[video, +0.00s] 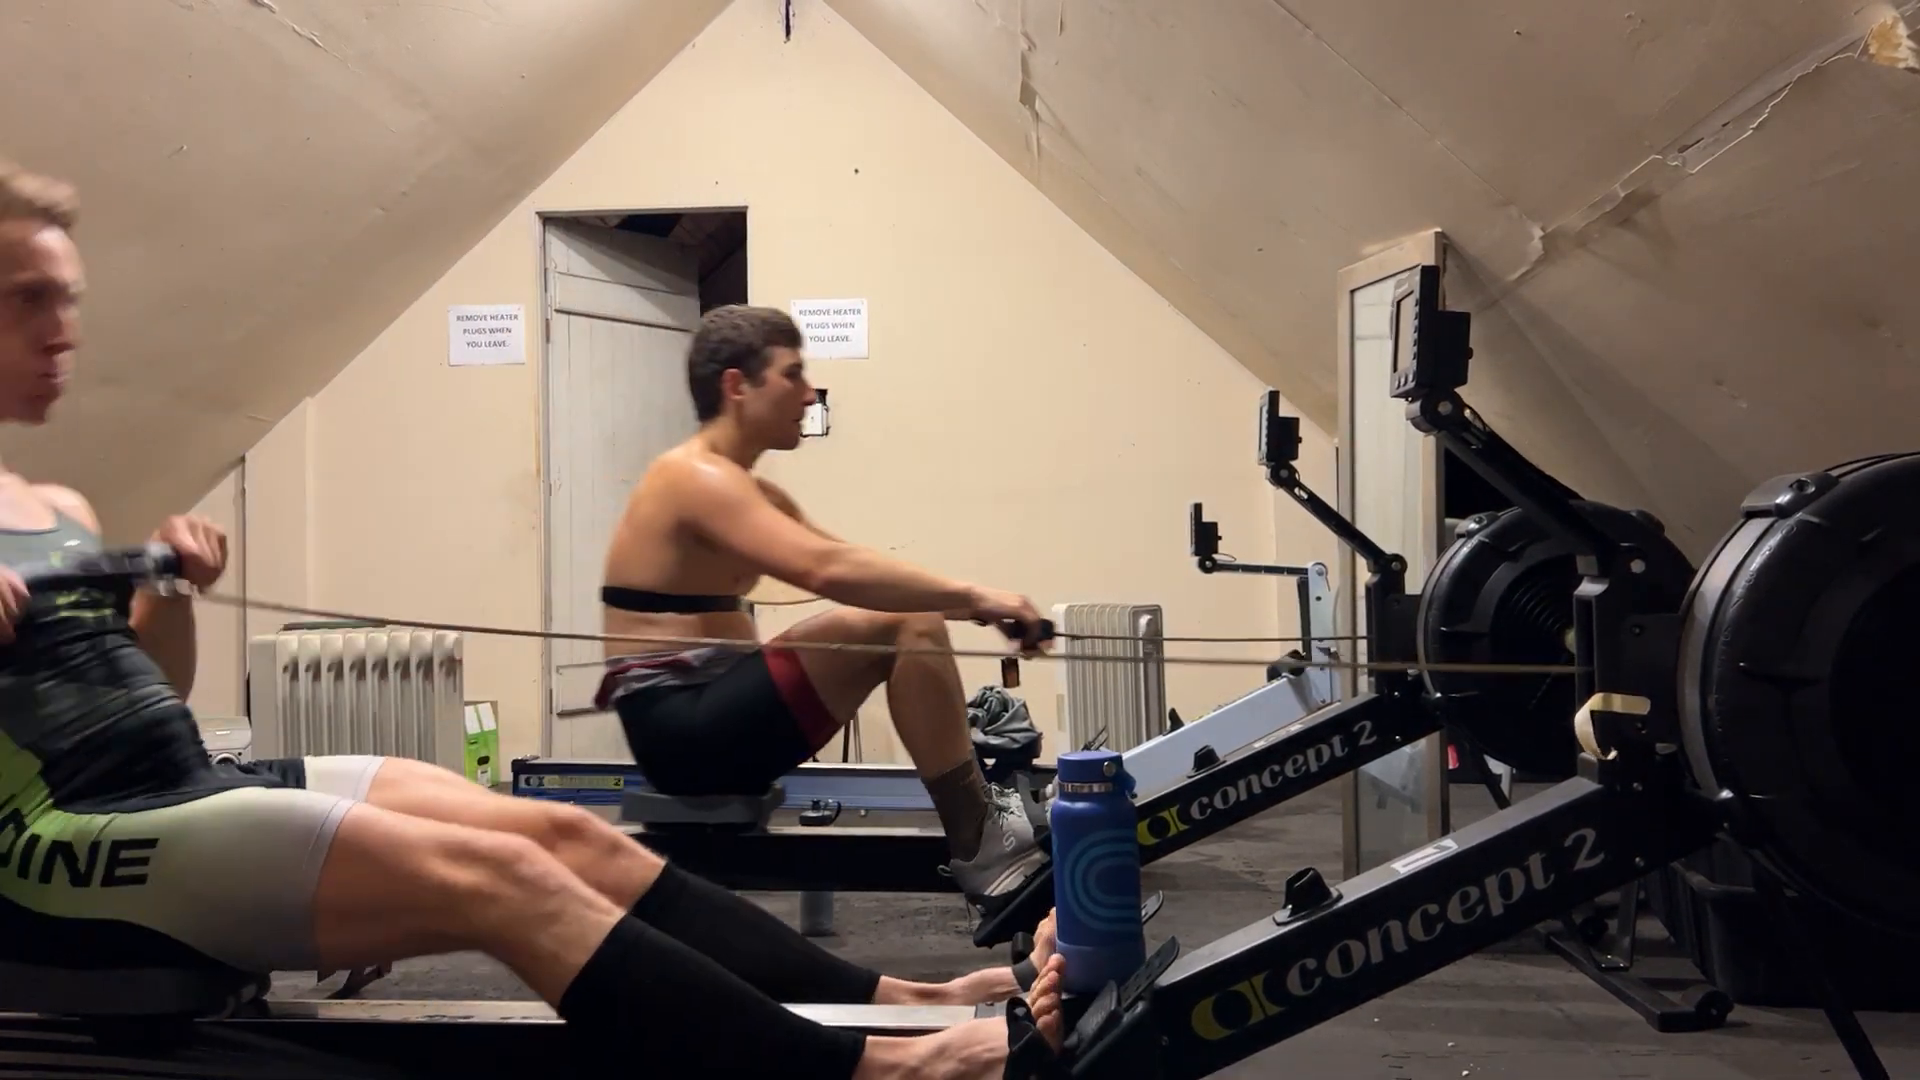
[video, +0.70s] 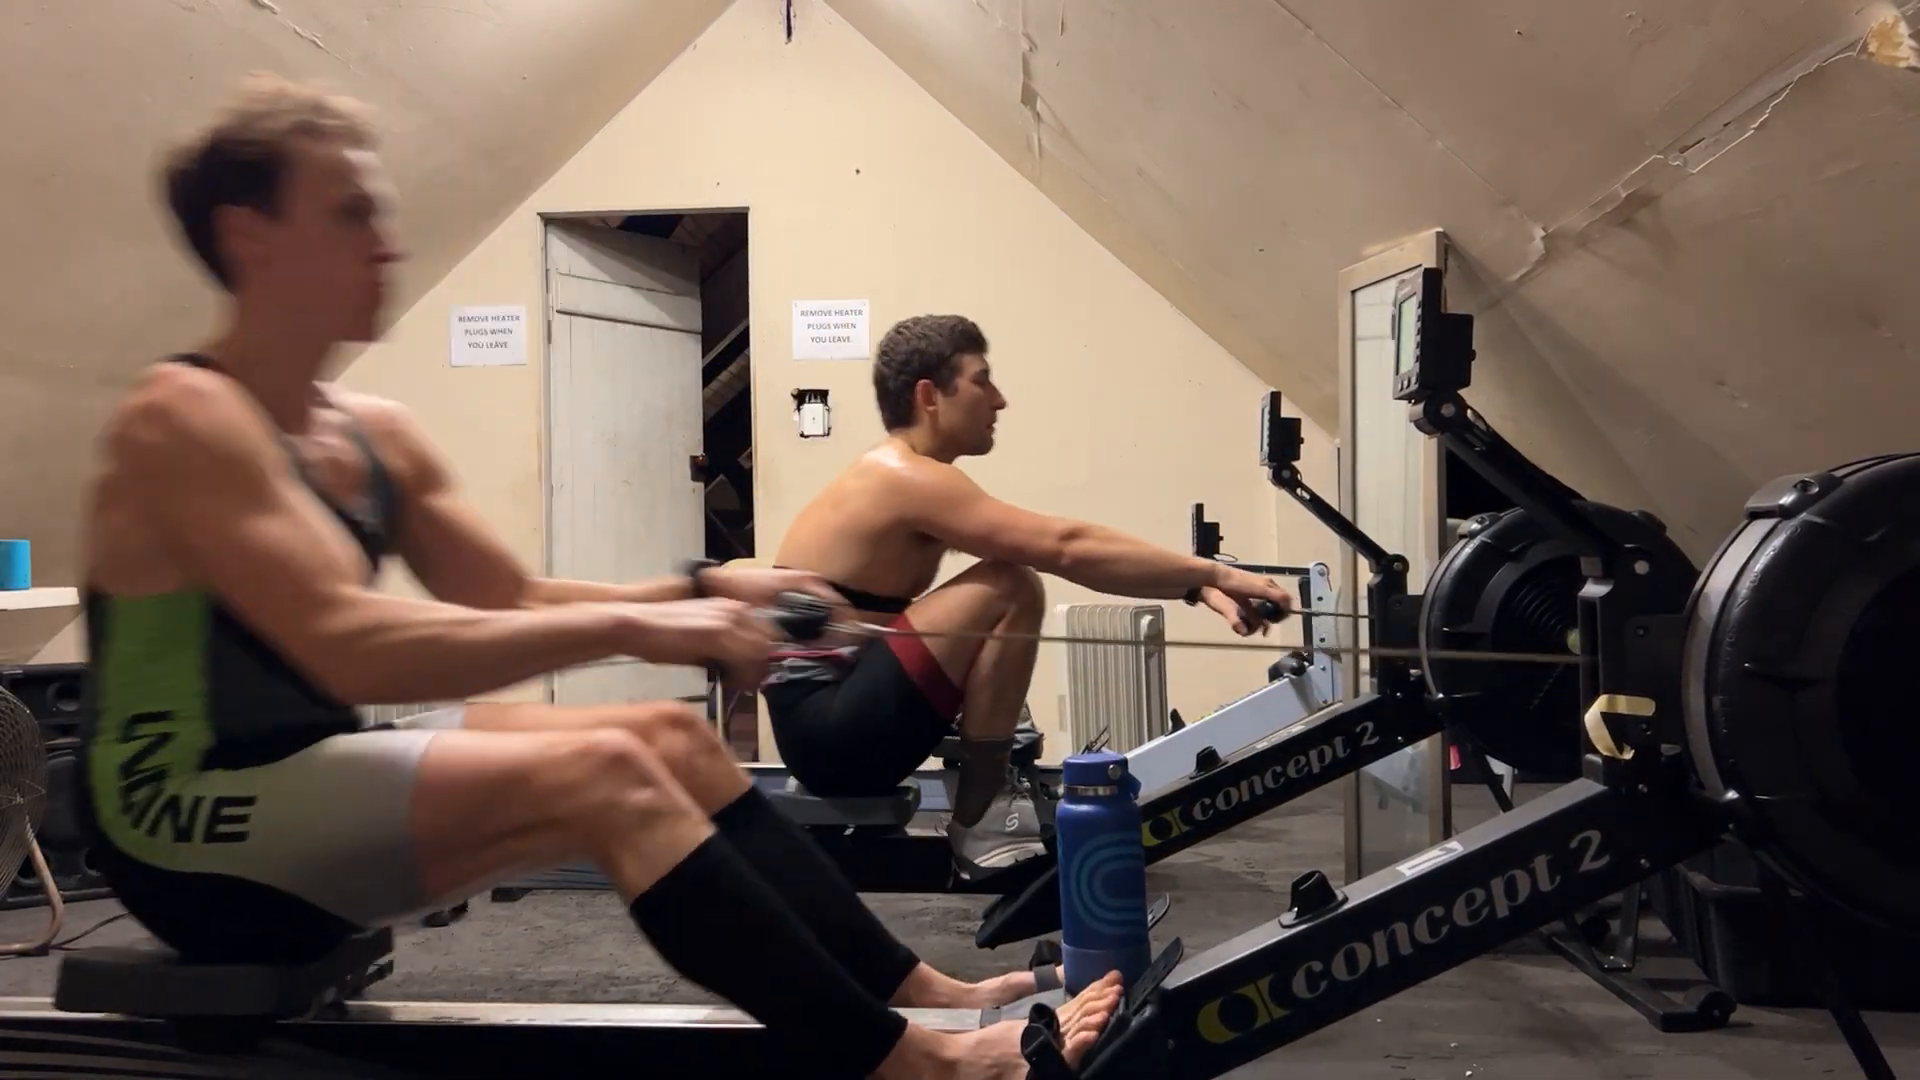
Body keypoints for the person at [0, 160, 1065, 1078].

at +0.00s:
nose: (60, 333)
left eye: (65, 303)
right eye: (35, 302)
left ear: (68, 312)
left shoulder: (58, 505)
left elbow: (156, 693)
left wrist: (169, 590)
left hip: (185, 784)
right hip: (61, 829)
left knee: (569, 835)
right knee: (493, 874)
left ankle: (913, 1006)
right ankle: (871, 1060)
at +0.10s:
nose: (197, 308)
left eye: (197, 275)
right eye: (169, 272)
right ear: (52, 273)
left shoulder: (153, 474)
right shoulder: (10, 464)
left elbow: (225, 670)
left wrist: (272, 574)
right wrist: (64, 560)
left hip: (222, 786)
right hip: (94, 832)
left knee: (593, 794)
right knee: (519, 828)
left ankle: (890, 1005)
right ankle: (850, 1058)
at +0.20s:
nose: (379, 273)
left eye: (375, 242)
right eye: (346, 240)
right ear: (233, 249)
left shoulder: (300, 466)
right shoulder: (102, 440)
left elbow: (401, 660)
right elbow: (24, 682)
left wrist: (482, 583)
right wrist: (301, 573)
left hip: (277, 795)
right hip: (148, 827)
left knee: (646, 748)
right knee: (581, 782)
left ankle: (894, 999)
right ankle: (849, 1056)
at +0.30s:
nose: (558, 285)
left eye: (549, 253)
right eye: (524, 253)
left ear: (448, 273)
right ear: (416, 268)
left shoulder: (464, 483)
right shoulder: (285, 433)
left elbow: (614, 634)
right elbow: (357, 663)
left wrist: (757, 617)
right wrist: (645, 624)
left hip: (349, 805)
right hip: (229, 834)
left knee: (700, 702)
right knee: (637, 743)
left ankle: (908, 995)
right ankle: (886, 1064)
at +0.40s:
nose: (672, 304)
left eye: (659, 273)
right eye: (637, 274)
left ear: (551, 303)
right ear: (538, 298)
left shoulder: (577, 498)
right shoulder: (418, 453)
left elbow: (763, 595)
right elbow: (663, 631)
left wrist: (951, 628)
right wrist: (941, 641)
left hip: (383, 812)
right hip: (283, 834)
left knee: (752, 696)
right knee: (684, 722)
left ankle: (925, 993)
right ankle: (907, 1062)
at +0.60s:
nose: (563, 264)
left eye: (550, 236)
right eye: (528, 239)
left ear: (459, 268)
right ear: (426, 267)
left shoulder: (504, 453)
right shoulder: (348, 425)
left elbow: (665, 608)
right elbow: (531, 641)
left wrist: (868, 615)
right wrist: (824, 634)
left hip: (357, 800)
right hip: (248, 823)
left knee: (724, 702)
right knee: (657, 744)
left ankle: (918, 991)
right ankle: (896, 1055)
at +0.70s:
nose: (387, 245)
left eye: (382, 217)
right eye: (352, 218)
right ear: (244, 234)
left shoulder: (367, 431)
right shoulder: (188, 415)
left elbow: (518, 605)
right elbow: (351, 649)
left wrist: (715, 595)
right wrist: (630, 628)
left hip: (316, 766)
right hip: (189, 803)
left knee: (677, 739)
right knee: (612, 780)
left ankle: (923, 998)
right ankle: (896, 1059)